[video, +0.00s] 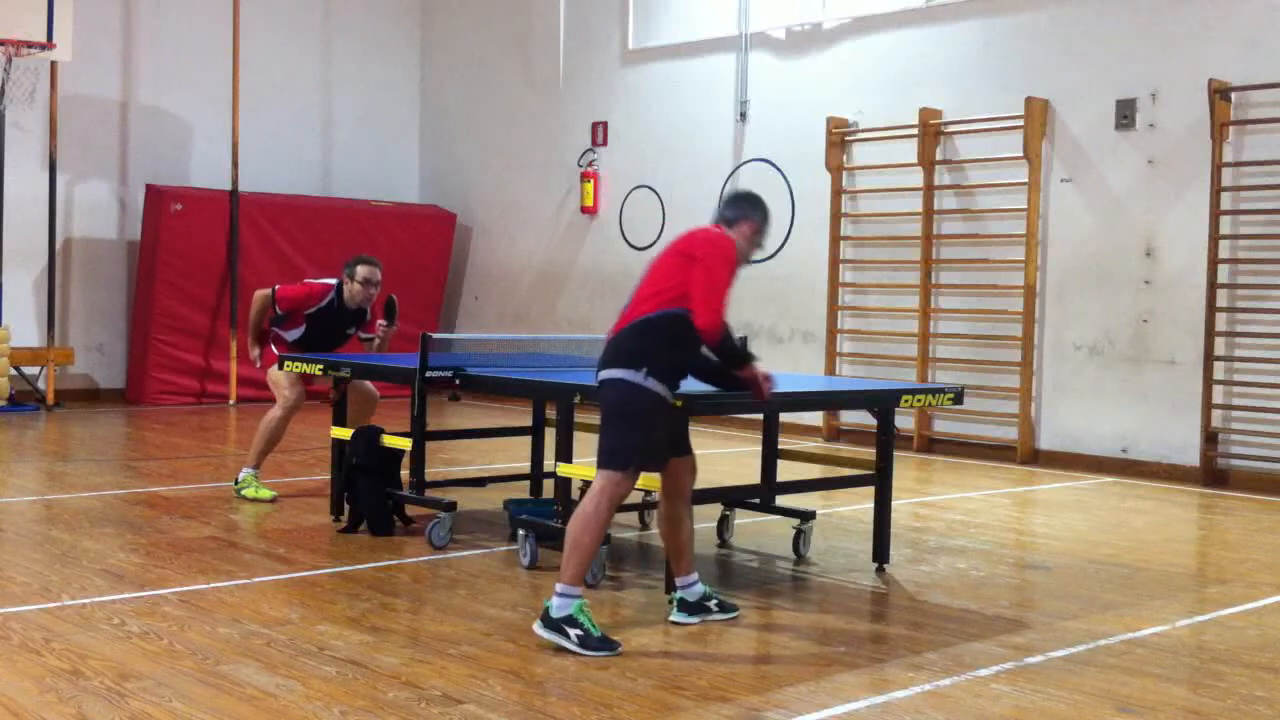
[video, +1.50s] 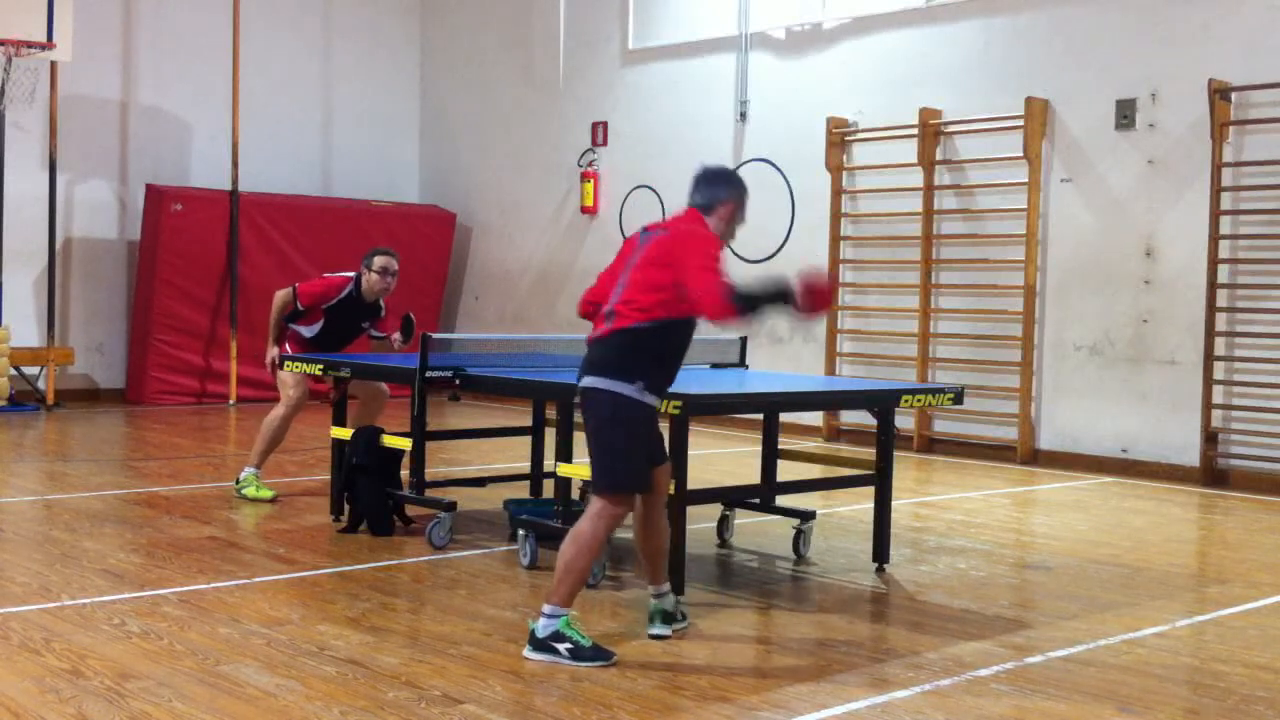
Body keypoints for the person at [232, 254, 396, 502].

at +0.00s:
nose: (373, 291)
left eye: (377, 285)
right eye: (366, 283)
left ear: (380, 286)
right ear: (347, 281)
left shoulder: (365, 308)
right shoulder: (315, 293)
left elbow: (373, 356)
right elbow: (262, 296)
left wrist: (383, 339)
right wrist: (253, 343)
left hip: (320, 359)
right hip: (281, 351)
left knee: (367, 397)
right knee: (292, 398)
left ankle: (352, 473)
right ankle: (247, 476)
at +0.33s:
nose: (371, 298)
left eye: (375, 292)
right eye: (365, 290)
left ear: (379, 294)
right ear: (345, 287)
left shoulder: (365, 313)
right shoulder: (314, 298)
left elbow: (363, 359)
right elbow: (260, 301)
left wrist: (378, 347)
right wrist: (250, 344)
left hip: (318, 361)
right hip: (278, 353)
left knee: (367, 398)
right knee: (291, 398)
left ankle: (354, 476)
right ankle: (247, 476)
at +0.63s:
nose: (369, 284)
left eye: (374, 278)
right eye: (363, 276)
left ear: (377, 281)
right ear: (344, 275)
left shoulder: (363, 306)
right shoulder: (312, 288)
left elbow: (369, 360)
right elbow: (259, 290)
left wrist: (376, 336)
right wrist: (247, 331)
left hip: (314, 355)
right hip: (274, 343)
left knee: (363, 396)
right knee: (288, 395)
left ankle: (350, 474)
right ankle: (247, 476)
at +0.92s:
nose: (370, 265)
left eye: (375, 260)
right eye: (363, 258)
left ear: (378, 263)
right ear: (346, 257)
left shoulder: (364, 293)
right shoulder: (318, 273)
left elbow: (369, 345)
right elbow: (263, 283)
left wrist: (376, 325)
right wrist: (254, 329)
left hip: (315, 345)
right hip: (280, 334)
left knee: (362, 393)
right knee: (286, 393)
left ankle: (350, 472)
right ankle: (247, 475)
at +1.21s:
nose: (379, 271)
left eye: (384, 266)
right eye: (373, 263)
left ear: (388, 270)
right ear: (355, 263)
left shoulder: (370, 298)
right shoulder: (328, 278)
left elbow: (371, 348)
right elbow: (271, 288)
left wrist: (384, 333)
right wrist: (260, 335)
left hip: (318, 348)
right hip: (284, 339)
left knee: (366, 392)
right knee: (289, 394)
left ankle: (347, 467)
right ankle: (248, 475)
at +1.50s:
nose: (389, 281)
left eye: (394, 275)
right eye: (384, 273)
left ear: (396, 279)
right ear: (365, 272)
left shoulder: (378, 306)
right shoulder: (336, 286)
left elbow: (376, 351)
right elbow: (282, 297)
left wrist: (392, 344)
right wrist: (272, 343)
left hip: (330, 355)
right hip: (294, 347)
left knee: (377, 394)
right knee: (295, 397)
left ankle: (353, 465)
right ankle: (249, 475)